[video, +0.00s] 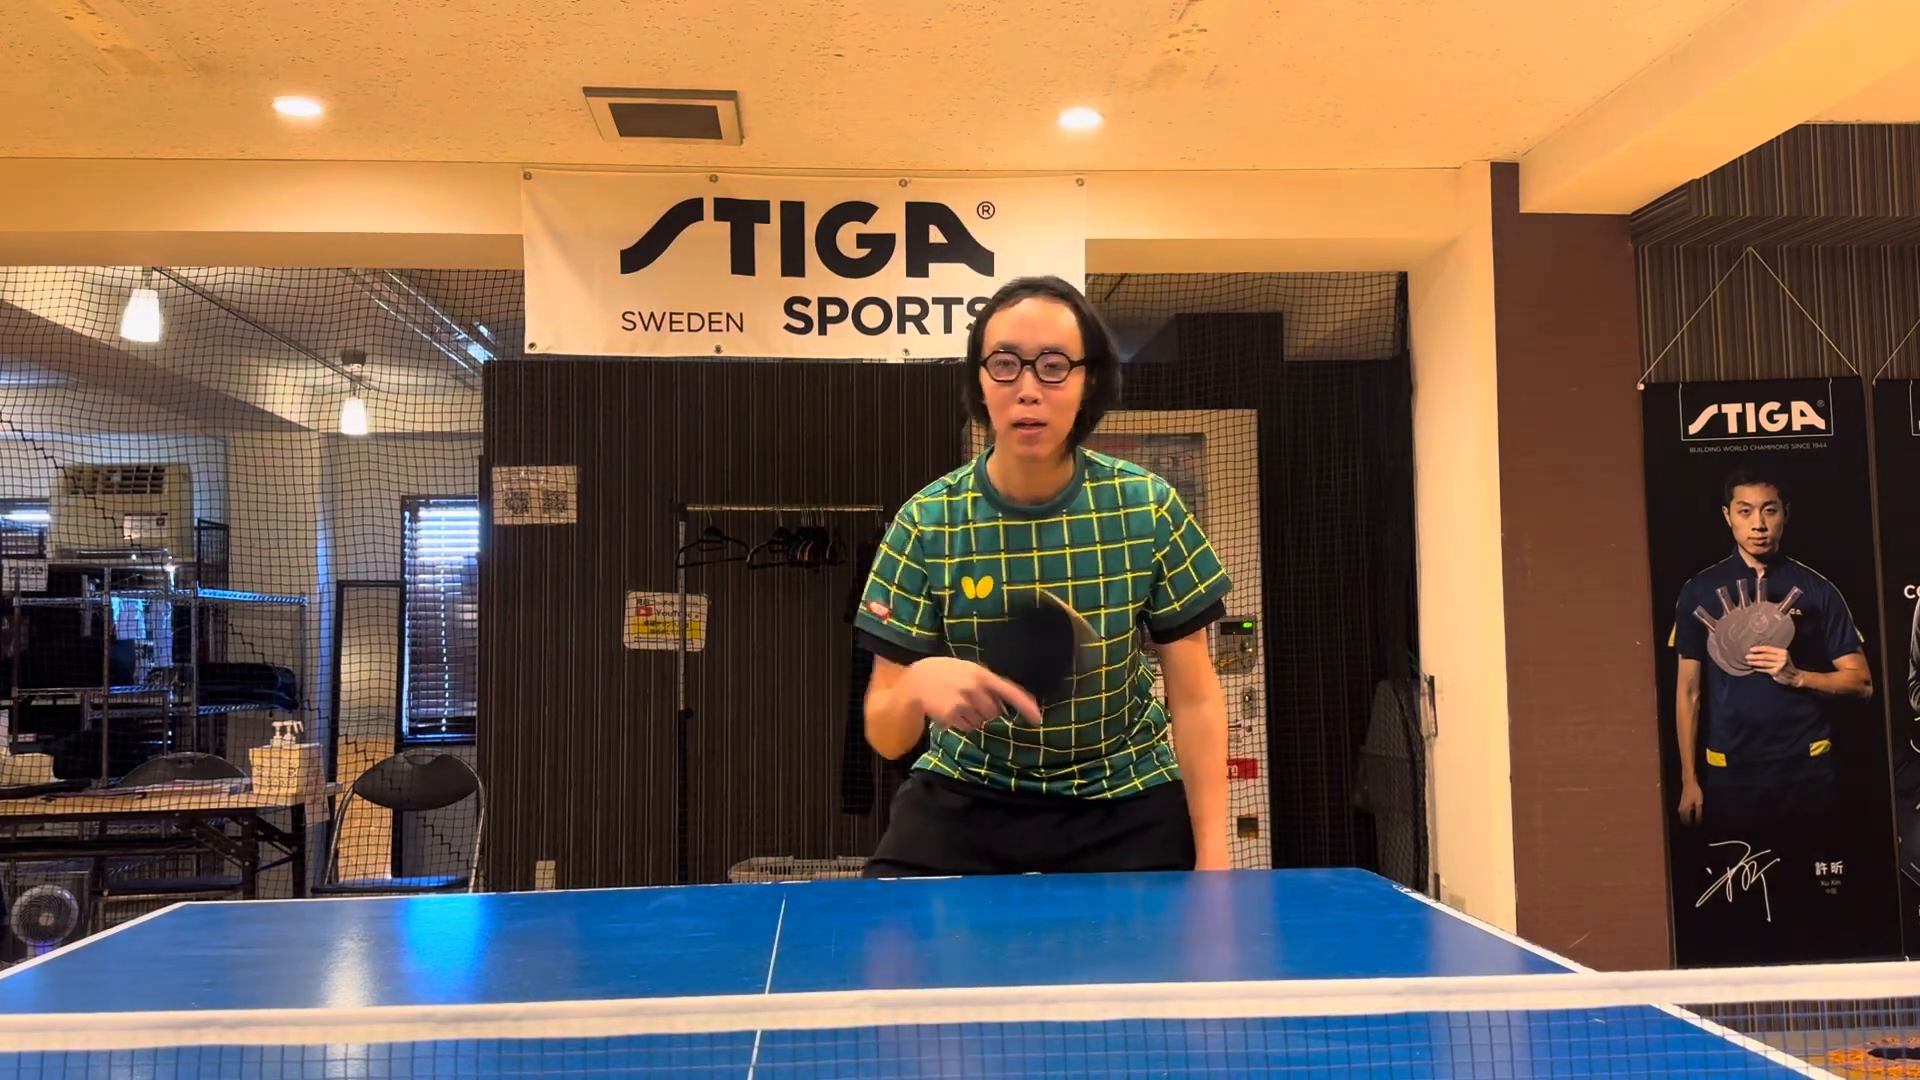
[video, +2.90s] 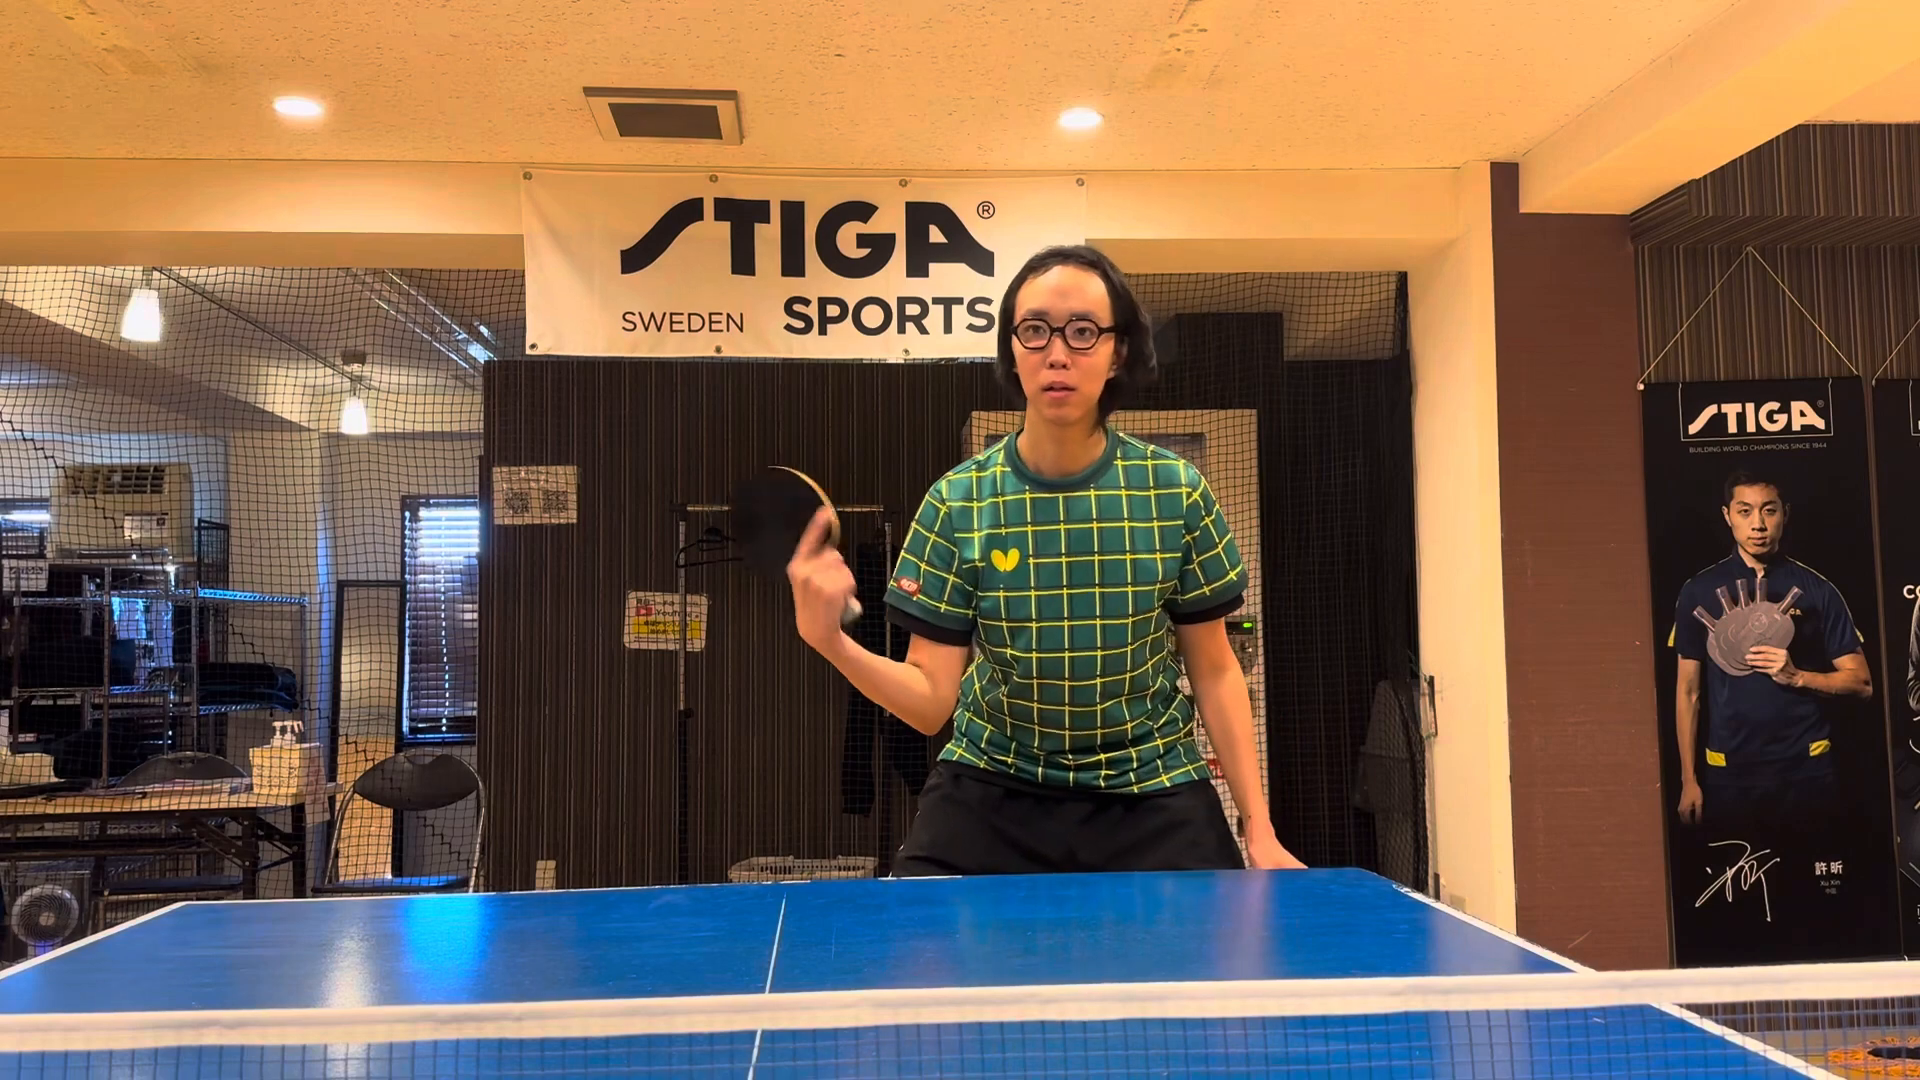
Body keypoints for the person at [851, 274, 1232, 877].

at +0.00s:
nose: (1028, 388)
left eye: (1053, 366)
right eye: (1007, 364)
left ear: (1088, 383)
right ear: (980, 381)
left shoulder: (1148, 510)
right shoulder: (927, 522)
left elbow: (1195, 697)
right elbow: (885, 736)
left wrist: (1214, 867)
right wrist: (916, 681)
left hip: (1123, 799)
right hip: (963, 797)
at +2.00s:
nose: (1129, 406)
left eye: (1154, 382)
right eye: (1105, 379)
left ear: (1182, 394)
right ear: (1074, 389)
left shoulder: (1223, 521)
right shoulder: (1005, 516)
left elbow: (1256, 713)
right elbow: (898, 696)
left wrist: (1269, 875)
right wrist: (968, 704)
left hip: (1174, 801)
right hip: (1012, 798)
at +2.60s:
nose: (1111, 364)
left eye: (1137, 344)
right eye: (1089, 341)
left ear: (1169, 367)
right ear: (1060, 360)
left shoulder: (1211, 504)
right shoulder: (996, 506)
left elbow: (1241, 689)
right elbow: (927, 710)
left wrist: (1270, 847)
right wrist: (877, 656)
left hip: (1168, 788)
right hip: (1007, 787)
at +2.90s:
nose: (1056, 353)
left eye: (1082, 332)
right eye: (1035, 331)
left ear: (1117, 354)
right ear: (1012, 351)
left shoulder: (1175, 492)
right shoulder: (959, 501)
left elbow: (1216, 672)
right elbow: (931, 702)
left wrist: (1260, 830)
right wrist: (831, 641)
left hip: (1152, 794)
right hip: (988, 793)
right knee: (905, 977)